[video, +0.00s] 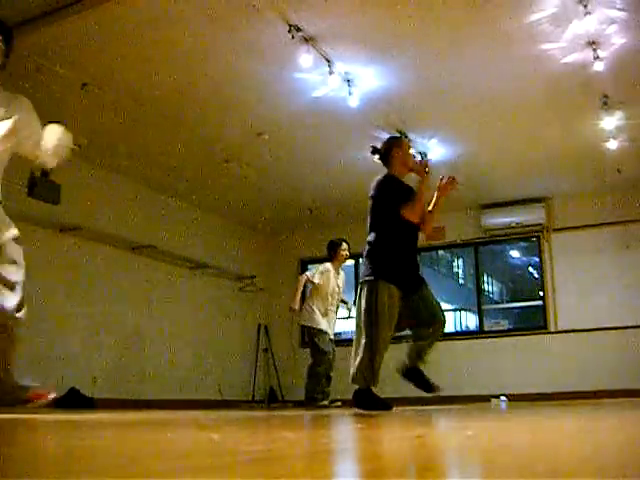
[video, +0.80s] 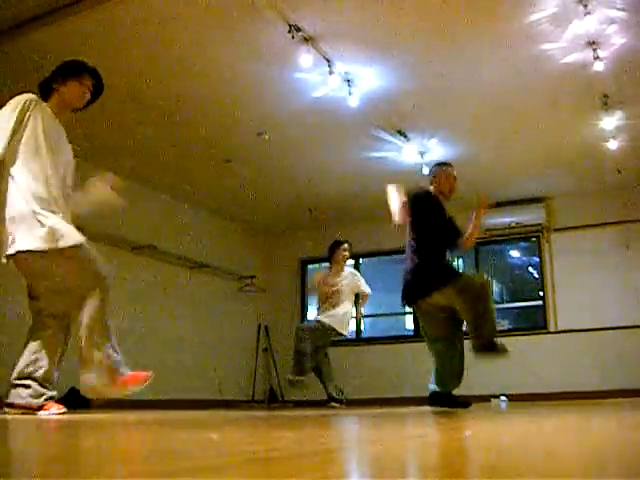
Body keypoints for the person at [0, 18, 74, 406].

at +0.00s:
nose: (5, 60)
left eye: (6, 52)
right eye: (5, 52)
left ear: (10, 53)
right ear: (8, 53)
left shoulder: (14, 109)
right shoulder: (14, 109)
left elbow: (43, 154)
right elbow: (44, 154)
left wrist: (55, 139)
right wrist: (57, 138)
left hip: (2, 218)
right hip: (2, 219)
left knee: (11, 267)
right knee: (10, 267)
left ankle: (7, 379)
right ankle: (6, 379)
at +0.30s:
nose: (54, 70)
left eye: (59, 67)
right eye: (47, 63)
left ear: (60, 79)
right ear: (27, 69)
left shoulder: (49, 128)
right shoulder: (12, 103)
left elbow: (48, 188)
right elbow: (2, 151)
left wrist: (59, 169)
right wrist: (46, 157)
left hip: (36, 219)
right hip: (9, 213)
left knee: (41, 304)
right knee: (16, 285)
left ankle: (32, 391)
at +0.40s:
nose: (64, 69)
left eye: (69, 67)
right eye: (57, 61)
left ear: (69, 81)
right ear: (36, 68)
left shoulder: (57, 129)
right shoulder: (18, 100)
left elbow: (57, 178)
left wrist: (54, 183)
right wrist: (31, 187)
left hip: (39, 207)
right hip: (14, 199)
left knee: (49, 295)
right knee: (63, 263)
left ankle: (28, 388)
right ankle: (2, 293)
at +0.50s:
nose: (75, 65)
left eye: (79, 64)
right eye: (68, 57)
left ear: (76, 81)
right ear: (46, 64)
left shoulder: (60, 117)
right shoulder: (22, 94)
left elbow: (42, 156)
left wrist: (65, 169)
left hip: (43, 204)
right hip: (21, 197)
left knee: (48, 298)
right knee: (92, 254)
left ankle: (29, 388)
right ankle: (26, 281)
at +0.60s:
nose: (77, 69)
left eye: (82, 69)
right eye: (71, 61)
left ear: (79, 83)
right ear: (49, 65)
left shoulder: (60, 116)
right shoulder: (26, 91)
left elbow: (57, 159)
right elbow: (1, 127)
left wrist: (69, 165)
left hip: (43, 211)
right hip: (34, 206)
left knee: (42, 302)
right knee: (101, 266)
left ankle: (26, 390)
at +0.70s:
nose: (82, 80)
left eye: (85, 79)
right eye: (78, 71)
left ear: (78, 88)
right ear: (57, 71)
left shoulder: (57, 122)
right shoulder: (28, 97)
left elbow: (47, 165)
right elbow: (1, 133)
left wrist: (71, 171)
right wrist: (12, 175)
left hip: (51, 216)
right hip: (34, 212)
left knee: (50, 309)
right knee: (76, 300)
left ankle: (26, 391)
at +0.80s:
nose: (85, 94)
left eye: (90, 93)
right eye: (82, 84)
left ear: (86, 103)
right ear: (61, 81)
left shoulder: (62, 144)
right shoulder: (28, 105)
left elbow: (60, 203)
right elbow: (2, 151)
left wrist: (95, 193)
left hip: (43, 226)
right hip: (28, 220)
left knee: (53, 314)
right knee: (94, 281)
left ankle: (29, 390)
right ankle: (101, 375)